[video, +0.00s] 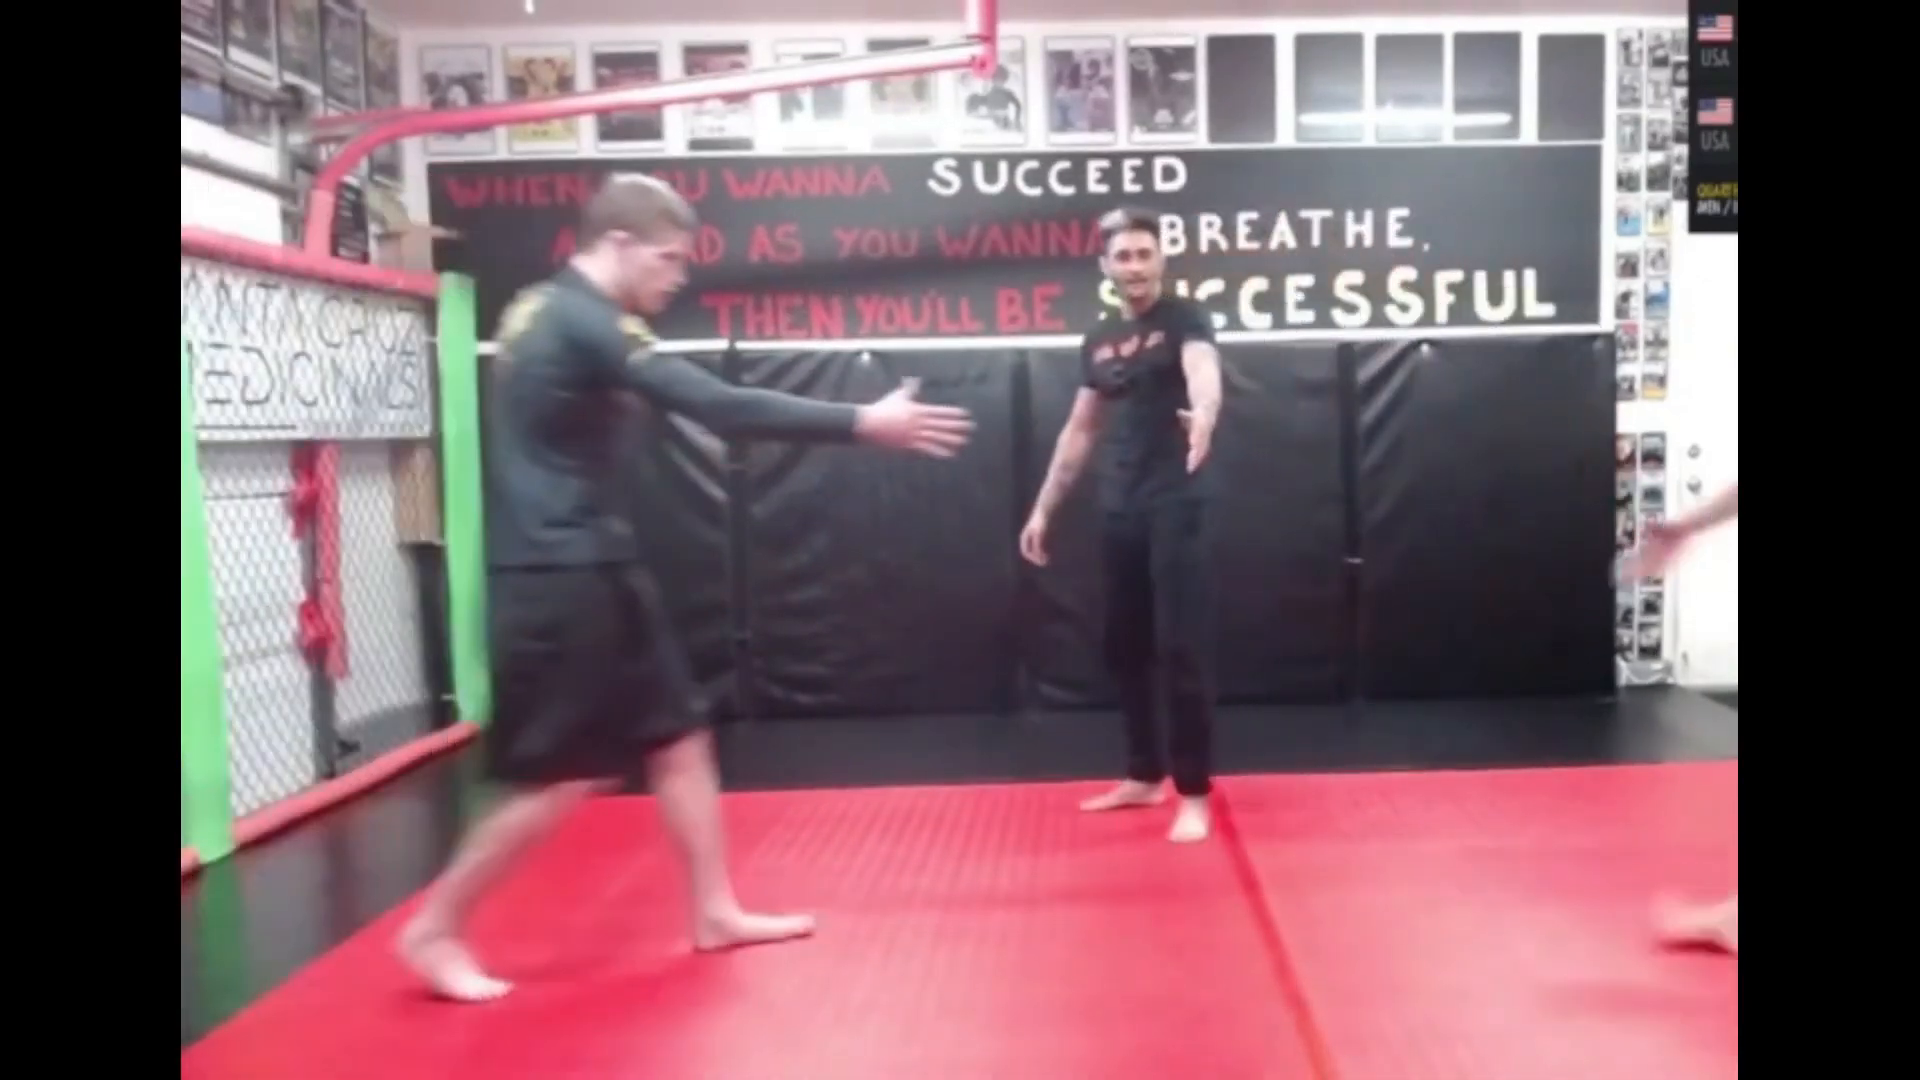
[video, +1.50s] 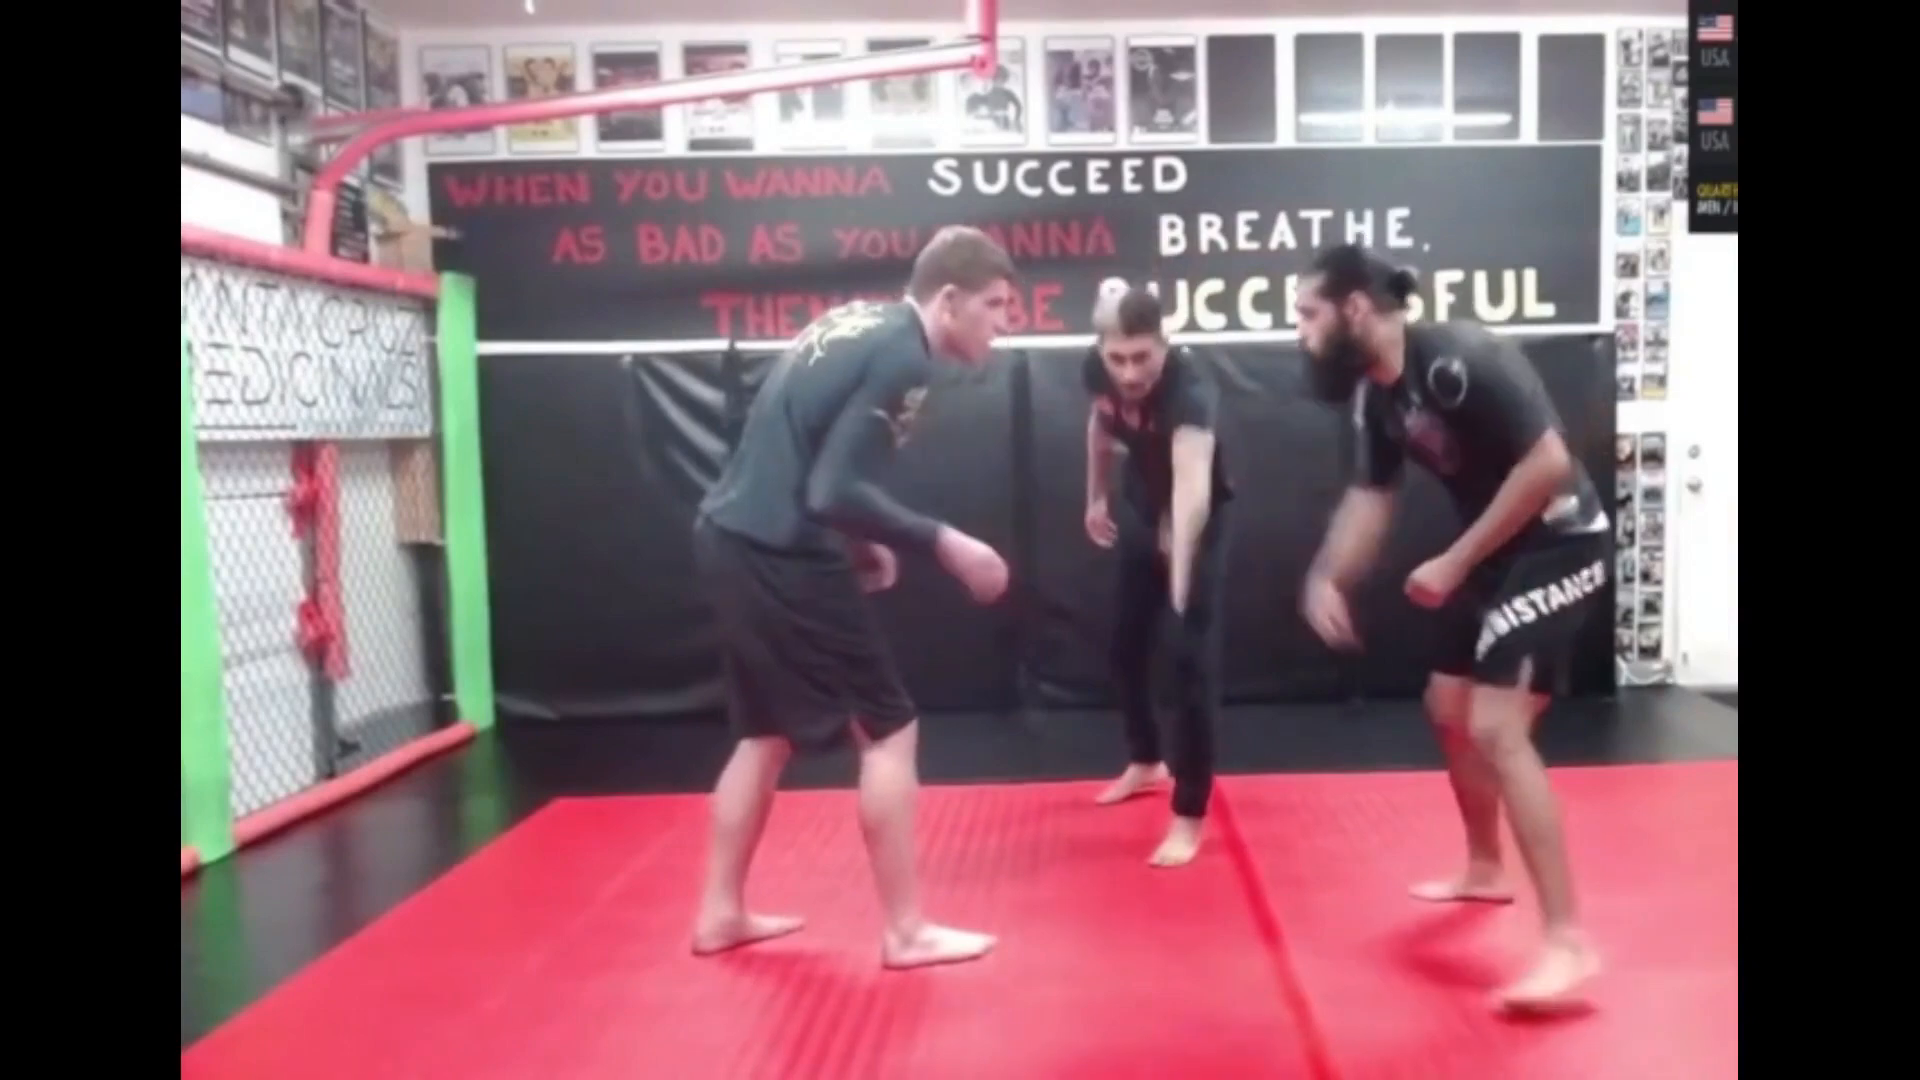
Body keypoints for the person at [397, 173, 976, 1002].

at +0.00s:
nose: (678, 281)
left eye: (681, 265)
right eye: (671, 262)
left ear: (612, 251)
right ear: (619, 247)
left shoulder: (546, 312)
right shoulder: (583, 320)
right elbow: (715, 400)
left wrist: (678, 425)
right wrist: (861, 420)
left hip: (587, 567)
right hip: (561, 572)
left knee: (680, 732)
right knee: (563, 771)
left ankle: (717, 913)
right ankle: (432, 929)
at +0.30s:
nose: (850, 291)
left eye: (855, 273)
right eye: (846, 271)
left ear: (786, 257)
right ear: (797, 255)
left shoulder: (706, 301)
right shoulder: (757, 323)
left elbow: (686, 439)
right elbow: (889, 410)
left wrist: (743, 523)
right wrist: (1035, 426)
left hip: (670, 535)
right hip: (703, 539)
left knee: (747, 727)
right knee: (819, 725)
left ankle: (720, 909)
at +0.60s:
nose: (970, 347)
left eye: (974, 330)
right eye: (966, 329)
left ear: (906, 308)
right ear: (919, 315)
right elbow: (1030, 466)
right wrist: (1179, 484)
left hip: (693, 542)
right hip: (756, 556)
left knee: (774, 732)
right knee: (879, 727)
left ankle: (723, 913)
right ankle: (907, 929)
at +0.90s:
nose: (1002, 344)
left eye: (1008, 328)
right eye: (997, 325)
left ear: (943, 305)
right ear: (950, 307)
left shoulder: (867, 323)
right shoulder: (905, 360)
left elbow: (788, 420)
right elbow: (903, 511)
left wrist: (831, 518)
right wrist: (990, 456)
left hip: (720, 528)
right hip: (776, 542)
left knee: (763, 729)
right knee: (876, 727)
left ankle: (719, 910)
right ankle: (904, 928)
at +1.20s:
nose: (1007, 347)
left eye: (1012, 332)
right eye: (1003, 329)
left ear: (946, 312)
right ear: (956, 312)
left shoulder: (870, 327)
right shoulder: (920, 370)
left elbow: (791, 425)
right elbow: (989, 497)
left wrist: (838, 519)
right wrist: (1079, 435)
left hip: (718, 526)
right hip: (776, 545)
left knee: (759, 730)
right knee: (871, 728)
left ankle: (718, 911)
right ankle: (905, 929)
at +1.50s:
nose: (1003, 325)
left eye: (1006, 309)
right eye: (996, 307)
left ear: (938, 298)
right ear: (948, 298)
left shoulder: (858, 324)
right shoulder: (901, 353)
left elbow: (792, 459)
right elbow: (834, 491)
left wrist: (850, 537)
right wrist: (946, 540)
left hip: (726, 530)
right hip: (782, 544)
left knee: (765, 730)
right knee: (888, 727)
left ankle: (719, 913)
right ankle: (906, 929)